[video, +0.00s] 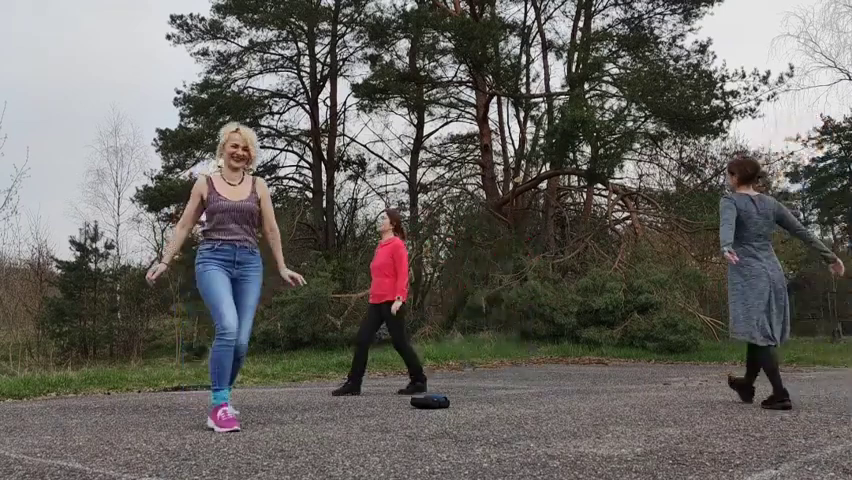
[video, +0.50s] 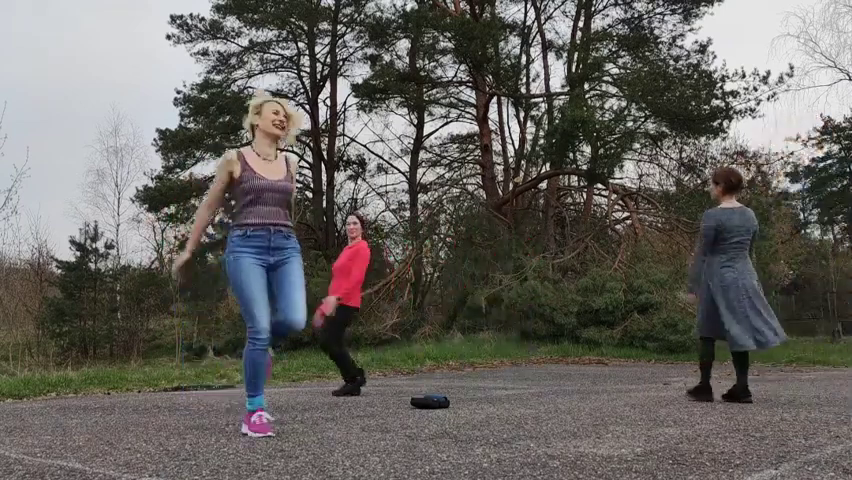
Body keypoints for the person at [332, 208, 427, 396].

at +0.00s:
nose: (380, 221)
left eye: (384, 219)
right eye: (380, 218)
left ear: (393, 223)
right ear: (384, 223)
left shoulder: (397, 245)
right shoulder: (381, 245)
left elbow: (403, 273)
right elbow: (381, 273)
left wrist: (399, 297)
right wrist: (374, 295)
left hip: (392, 301)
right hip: (376, 302)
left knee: (400, 343)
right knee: (362, 340)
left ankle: (419, 381)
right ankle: (353, 384)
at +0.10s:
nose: (371, 220)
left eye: (375, 218)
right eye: (372, 217)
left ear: (382, 225)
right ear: (374, 223)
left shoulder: (384, 244)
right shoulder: (369, 244)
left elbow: (393, 270)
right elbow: (371, 272)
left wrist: (395, 297)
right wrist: (364, 295)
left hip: (382, 300)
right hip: (367, 301)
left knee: (390, 341)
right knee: (355, 339)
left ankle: (415, 378)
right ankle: (353, 384)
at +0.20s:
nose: (361, 216)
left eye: (365, 213)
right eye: (361, 213)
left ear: (374, 219)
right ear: (359, 219)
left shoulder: (373, 238)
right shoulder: (359, 240)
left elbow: (387, 262)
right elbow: (361, 268)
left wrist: (393, 288)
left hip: (372, 296)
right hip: (358, 297)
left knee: (378, 339)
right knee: (356, 341)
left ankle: (407, 370)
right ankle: (354, 383)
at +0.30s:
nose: (356, 217)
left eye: (360, 214)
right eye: (355, 214)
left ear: (368, 220)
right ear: (354, 219)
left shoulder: (366, 239)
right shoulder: (354, 240)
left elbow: (380, 262)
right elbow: (360, 270)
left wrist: (388, 288)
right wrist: (375, 292)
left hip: (362, 297)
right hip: (350, 297)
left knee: (358, 338)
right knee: (350, 340)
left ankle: (395, 365)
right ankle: (353, 384)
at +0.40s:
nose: (354, 223)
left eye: (358, 220)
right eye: (352, 220)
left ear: (365, 225)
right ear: (348, 224)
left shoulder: (364, 244)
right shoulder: (350, 245)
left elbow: (370, 272)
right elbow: (347, 274)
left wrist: (372, 300)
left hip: (353, 301)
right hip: (341, 301)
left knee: (345, 343)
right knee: (340, 344)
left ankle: (379, 369)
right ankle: (352, 383)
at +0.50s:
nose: (351, 227)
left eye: (355, 224)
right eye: (348, 224)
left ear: (362, 227)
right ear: (345, 228)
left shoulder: (362, 249)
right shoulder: (348, 248)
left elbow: (355, 278)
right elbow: (337, 281)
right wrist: (323, 308)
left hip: (348, 302)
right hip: (338, 301)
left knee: (330, 339)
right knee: (328, 339)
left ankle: (353, 379)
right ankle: (353, 376)